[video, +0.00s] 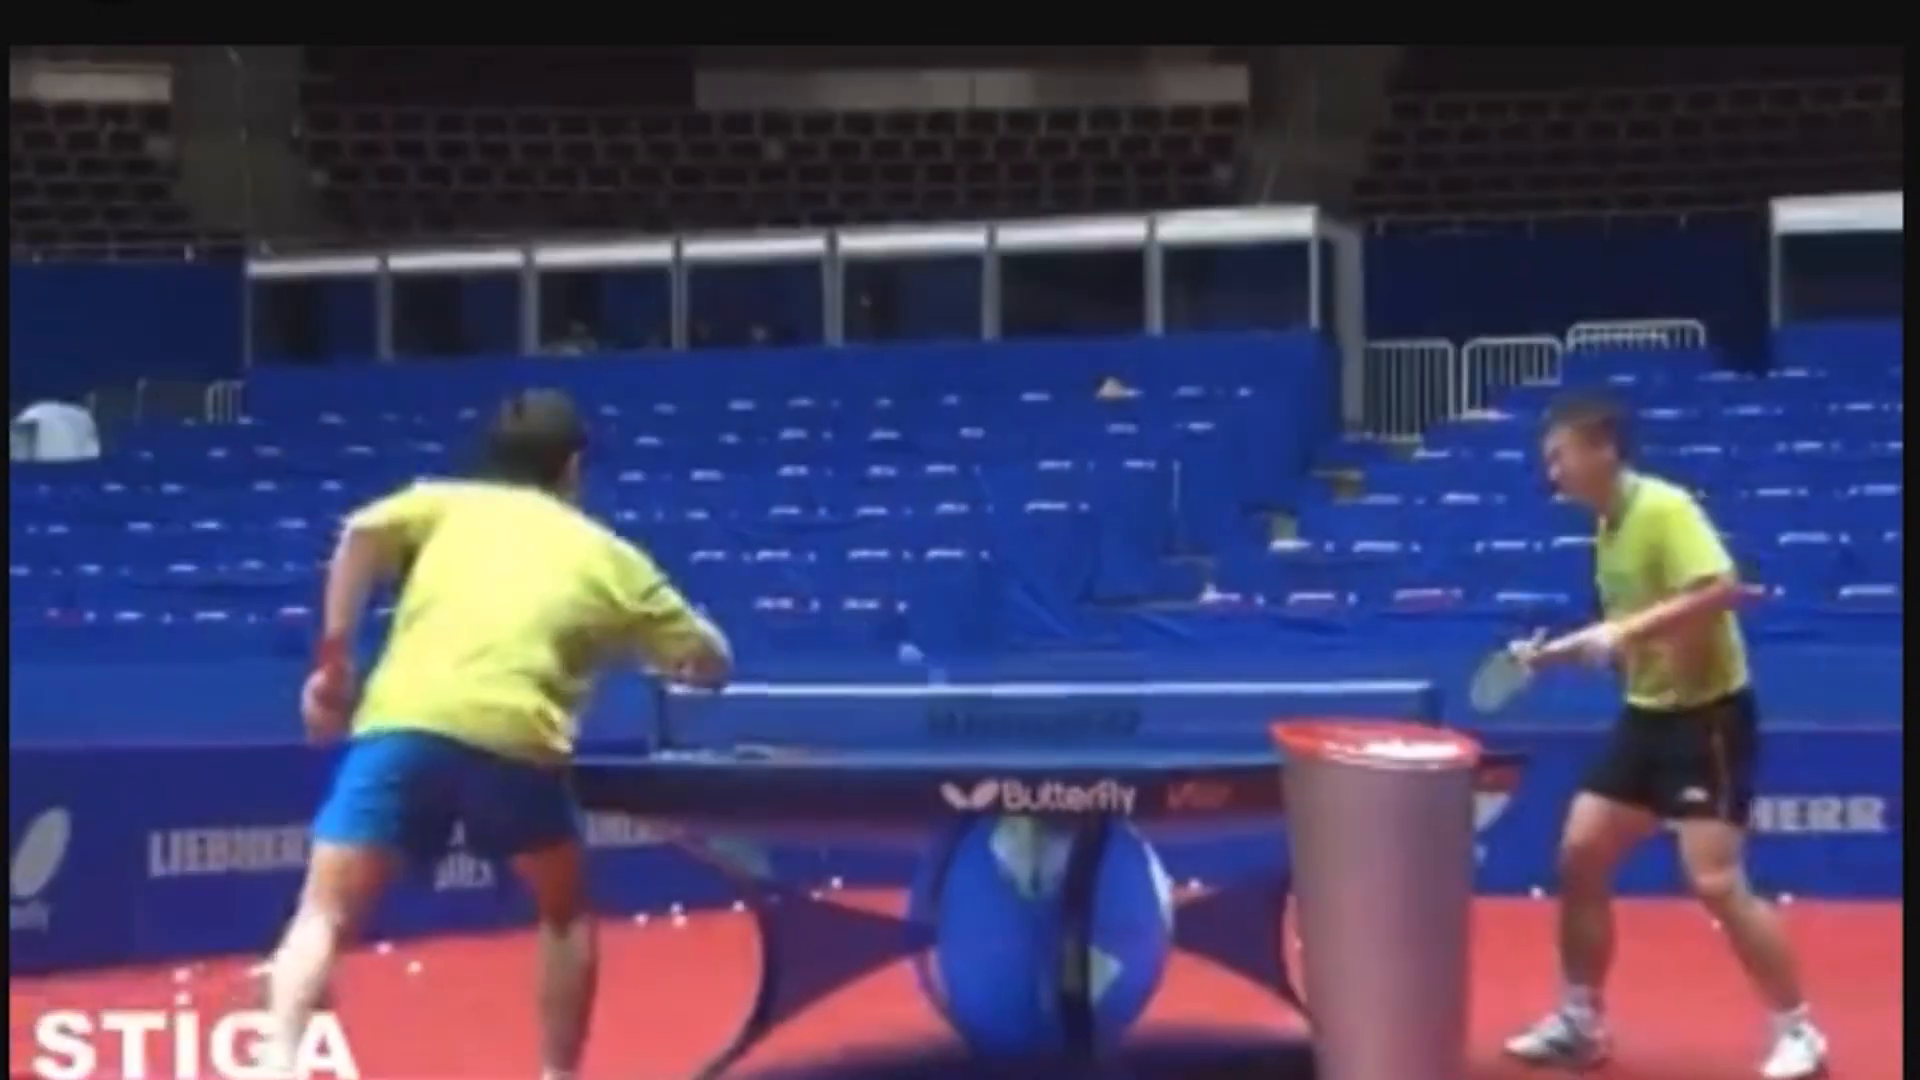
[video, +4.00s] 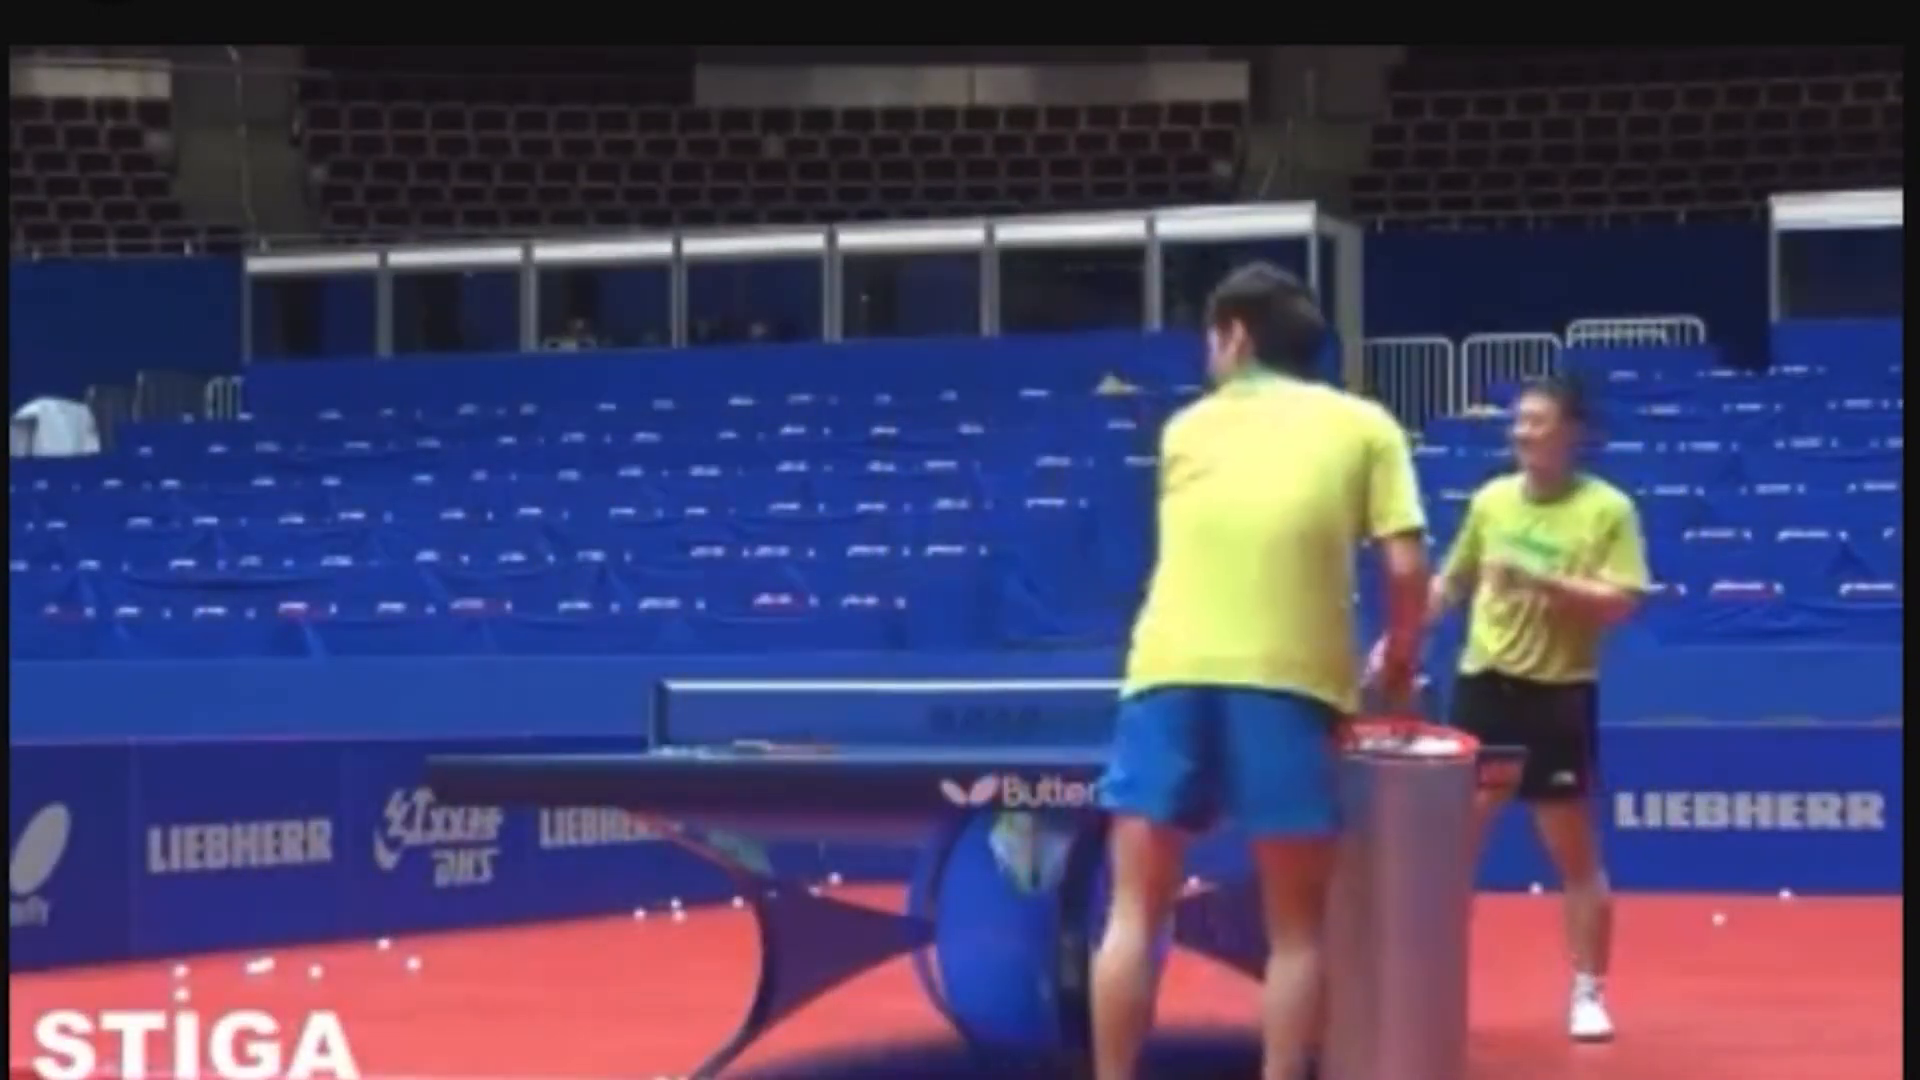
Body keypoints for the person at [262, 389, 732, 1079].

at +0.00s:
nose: (584, 473)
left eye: (581, 462)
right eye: (583, 463)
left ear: (498, 458)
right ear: (571, 468)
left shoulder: (446, 501)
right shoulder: (606, 555)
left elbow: (361, 534)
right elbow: (710, 662)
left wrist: (333, 656)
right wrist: (662, 646)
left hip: (401, 724)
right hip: (516, 742)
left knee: (325, 910)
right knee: (565, 918)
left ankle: (279, 1058)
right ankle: (559, 1068)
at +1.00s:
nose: (570, 344)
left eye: (567, 327)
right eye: (558, 328)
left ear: (490, 339)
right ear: (524, 336)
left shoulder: (450, 416)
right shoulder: (549, 426)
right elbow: (620, 555)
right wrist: (571, 654)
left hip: (402, 700)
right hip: (485, 705)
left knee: (403, 894)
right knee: (564, 910)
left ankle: (300, 1055)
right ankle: (525, 1067)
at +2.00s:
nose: (923, 351)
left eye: (925, 332)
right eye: (918, 331)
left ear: (866, 324)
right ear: (879, 320)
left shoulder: (817, 399)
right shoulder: (858, 405)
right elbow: (978, 497)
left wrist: (959, 457)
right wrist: (1009, 554)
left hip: (817, 702)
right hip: (858, 707)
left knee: (842, 929)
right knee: (906, 922)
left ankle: (771, 1068)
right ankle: (936, 1068)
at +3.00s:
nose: (1103, 343)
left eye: (1104, 329)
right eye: (1104, 328)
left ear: (1020, 319)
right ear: (1086, 324)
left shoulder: (1010, 389)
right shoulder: (1052, 386)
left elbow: (1083, 510)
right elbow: (1161, 478)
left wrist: (1157, 557)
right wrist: (1181, 540)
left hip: (1019, 687)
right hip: (991, 687)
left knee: (1074, 897)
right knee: (1010, 913)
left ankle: (1048, 1069)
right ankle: (962, 1070)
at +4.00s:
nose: (1208, 356)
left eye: (1212, 340)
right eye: (1209, 341)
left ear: (1235, 338)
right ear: (1305, 345)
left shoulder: (1188, 426)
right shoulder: (1365, 424)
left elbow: (1192, 557)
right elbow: (1406, 568)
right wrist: (1397, 665)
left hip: (1165, 674)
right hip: (1285, 681)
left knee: (1134, 909)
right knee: (1293, 927)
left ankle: (1112, 1072)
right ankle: (1283, 1073)